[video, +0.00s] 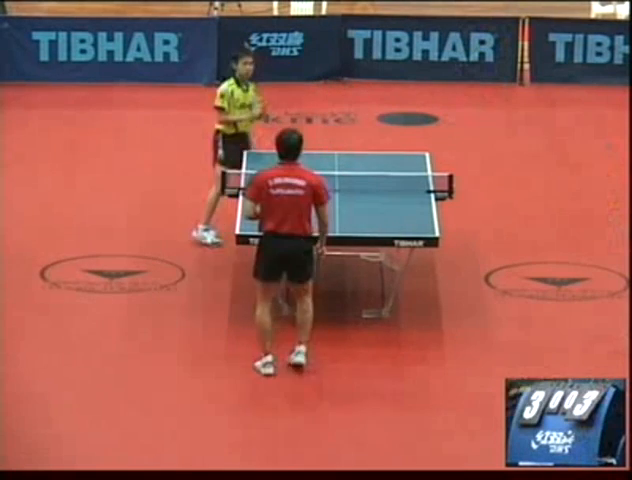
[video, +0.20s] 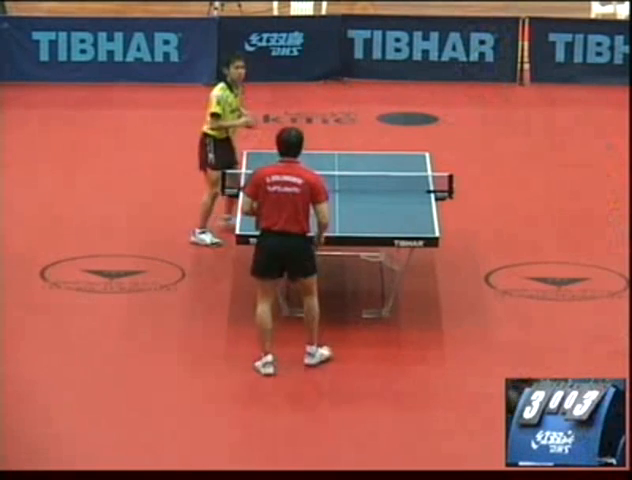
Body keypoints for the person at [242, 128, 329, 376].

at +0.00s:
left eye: (282, 147)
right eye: (296, 147)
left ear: (277, 150)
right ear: (300, 150)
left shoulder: (264, 178)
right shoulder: (313, 180)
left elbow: (250, 212)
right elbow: (323, 218)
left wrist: (267, 211)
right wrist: (322, 241)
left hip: (272, 240)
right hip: (301, 242)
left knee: (265, 299)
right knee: (303, 296)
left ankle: (267, 355)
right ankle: (302, 348)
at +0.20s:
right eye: (297, 145)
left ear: (277, 148)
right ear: (301, 149)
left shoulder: (262, 175)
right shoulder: (312, 179)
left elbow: (246, 207)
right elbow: (323, 218)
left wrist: (266, 211)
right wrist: (319, 239)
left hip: (269, 240)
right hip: (299, 241)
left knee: (265, 298)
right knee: (310, 295)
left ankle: (267, 356)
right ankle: (313, 349)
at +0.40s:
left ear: (287, 150)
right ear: (310, 151)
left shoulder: (271, 175)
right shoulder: (319, 181)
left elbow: (254, 206)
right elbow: (327, 221)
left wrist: (272, 212)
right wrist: (308, 223)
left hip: (272, 239)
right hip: (302, 242)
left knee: (265, 293)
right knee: (313, 297)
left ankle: (264, 348)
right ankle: (316, 349)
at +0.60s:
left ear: (290, 159)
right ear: (312, 161)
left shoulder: (273, 181)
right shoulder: (321, 187)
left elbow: (255, 208)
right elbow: (327, 227)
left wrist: (271, 218)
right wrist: (307, 224)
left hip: (271, 240)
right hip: (301, 244)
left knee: (254, 286)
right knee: (318, 294)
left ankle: (240, 339)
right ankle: (315, 349)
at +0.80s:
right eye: (303, 174)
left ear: (281, 176)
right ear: (304, 177)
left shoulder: (265, 194)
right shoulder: (312, 202)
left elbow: (243, 218)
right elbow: (314, 241)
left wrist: (256, 231)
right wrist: (296, 234)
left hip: (260, 249)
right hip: (289, 252)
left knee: (246, 288)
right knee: (319, 293)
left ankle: (234, 337)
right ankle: (315, 349)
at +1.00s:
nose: (293, 188)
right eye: (295, 184)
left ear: (274, 186)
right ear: (296, 187)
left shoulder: (258, 202)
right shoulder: (304, 209)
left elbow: (232, 224)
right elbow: (305, 248)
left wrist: (240, 241)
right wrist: (291, 238)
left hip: (251, 251)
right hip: (279, 255)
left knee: (242, 287)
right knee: (315, 292)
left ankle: (233, 337)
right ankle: (314, 349)